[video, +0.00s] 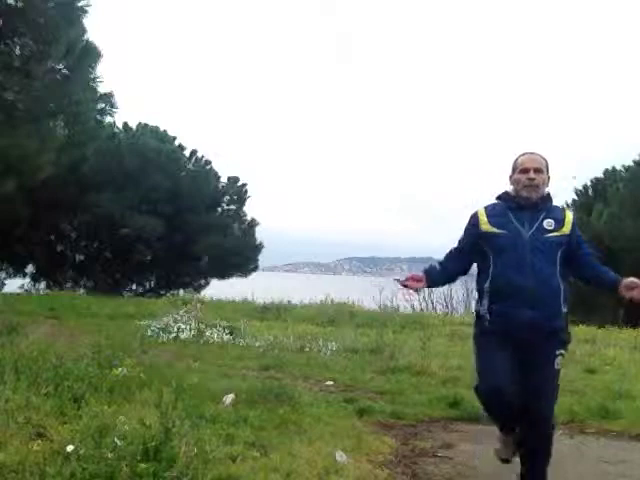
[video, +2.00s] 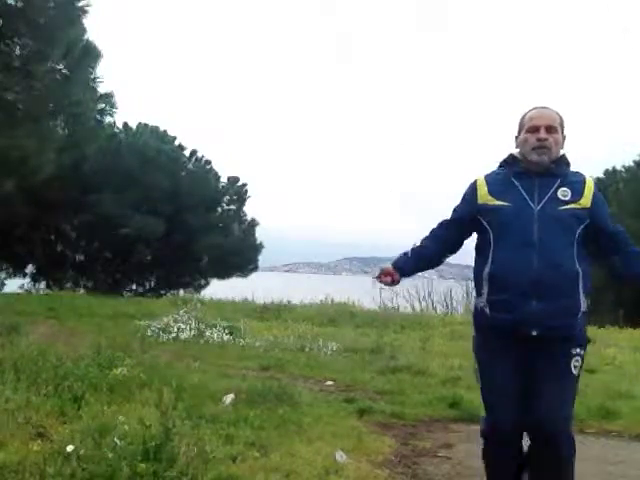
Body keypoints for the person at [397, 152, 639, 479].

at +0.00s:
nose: (530, 176)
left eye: (537, 171)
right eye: (523, 171)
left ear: (548, 180)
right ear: (511, 178)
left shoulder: (563, 220)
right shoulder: (485, 218)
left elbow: (584, 264)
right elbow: (460, 259)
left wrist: (618, 284)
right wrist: (428, 277)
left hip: (545, 331)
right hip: (496, 329)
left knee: (540, 416)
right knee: (493, 390)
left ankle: (533, 474)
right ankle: (509, 430)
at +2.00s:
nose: (542, 136)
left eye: (550, 130)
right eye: (533, 130)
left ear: (562, 140)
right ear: (518, 140)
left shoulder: (584, 192)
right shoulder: (486, 189)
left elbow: (620, 250)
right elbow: (446, 237)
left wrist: (638, 273)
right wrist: (401, 266)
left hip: (560, 333)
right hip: (498, 330)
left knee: (553, 429)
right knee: (501, 428)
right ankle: (503, 476)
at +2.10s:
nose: (542, 156)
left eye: (551, 150)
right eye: (533, 150)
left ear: (564, 161)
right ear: (518, 160)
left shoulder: (590, 212)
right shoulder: (487, 211)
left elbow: (634, 258)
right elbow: (444, 260)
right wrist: (392, 283)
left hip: (561, 348)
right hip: (496, 345)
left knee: (547, 446)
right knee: (484, 419)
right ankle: (520, 470)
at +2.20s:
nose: (542, 146)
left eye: (551, 141)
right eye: (533, 140)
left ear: (562, 153)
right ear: (518, 151)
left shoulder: (584, 202)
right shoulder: (490, 205)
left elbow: (614, 245)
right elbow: (468, 264)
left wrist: (628, 281)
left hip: (559, 340)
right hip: (497, 337)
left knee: (549, 443)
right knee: (478, 397)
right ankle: (500, 474)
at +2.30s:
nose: (541, 130)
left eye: (550, 125)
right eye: (532, 124)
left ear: (562, 134)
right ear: (517, 133)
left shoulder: (574, 169)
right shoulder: (496, 177)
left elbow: (570, 209)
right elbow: (496, 247)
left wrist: (502, 241)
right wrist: (573, 270)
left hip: (553, 311)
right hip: (499, 310)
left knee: (546, 416)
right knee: (492, 400)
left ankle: (542, 473)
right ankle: (499, 473)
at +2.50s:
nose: (534, 157)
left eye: (542, 151)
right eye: (525, 151)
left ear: (553, 161)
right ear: (510, 160)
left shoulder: (571, 202)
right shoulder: (486, 208)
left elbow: (567, 254)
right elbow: (487, 270)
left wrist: (516, 251)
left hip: (553, 332)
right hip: (497, 334)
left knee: (558, 405)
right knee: (497, 433)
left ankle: (537, 468)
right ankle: (499, 473)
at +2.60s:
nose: (537, 135)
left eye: (546, 129)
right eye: (528, 128)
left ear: (558, 139)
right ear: (512, 138)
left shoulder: (579, 194)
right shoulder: (482, 192)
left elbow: (598, 254)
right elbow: (456, 250)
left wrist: (623, 295)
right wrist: (428, 299)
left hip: (559, 328)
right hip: (498, 329)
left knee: (551, 416)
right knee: (501, 431)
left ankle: (547, 475)